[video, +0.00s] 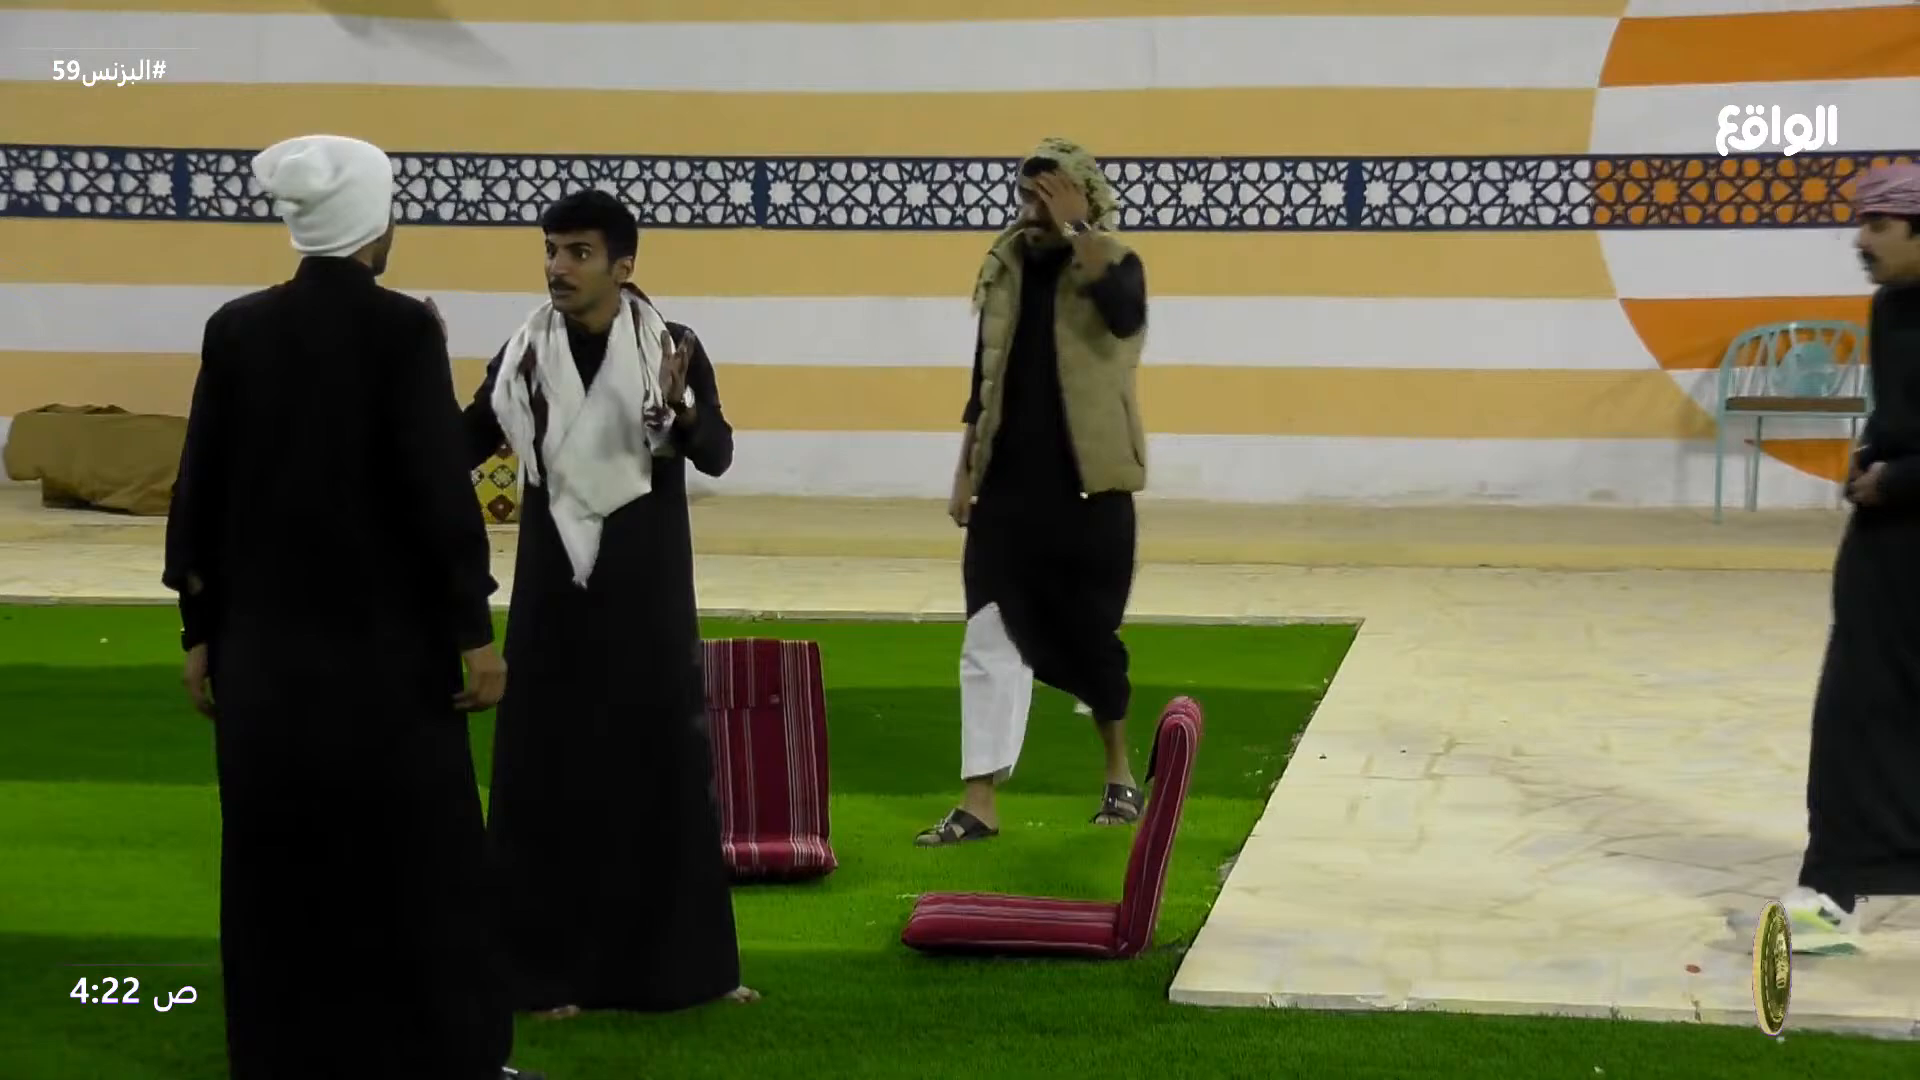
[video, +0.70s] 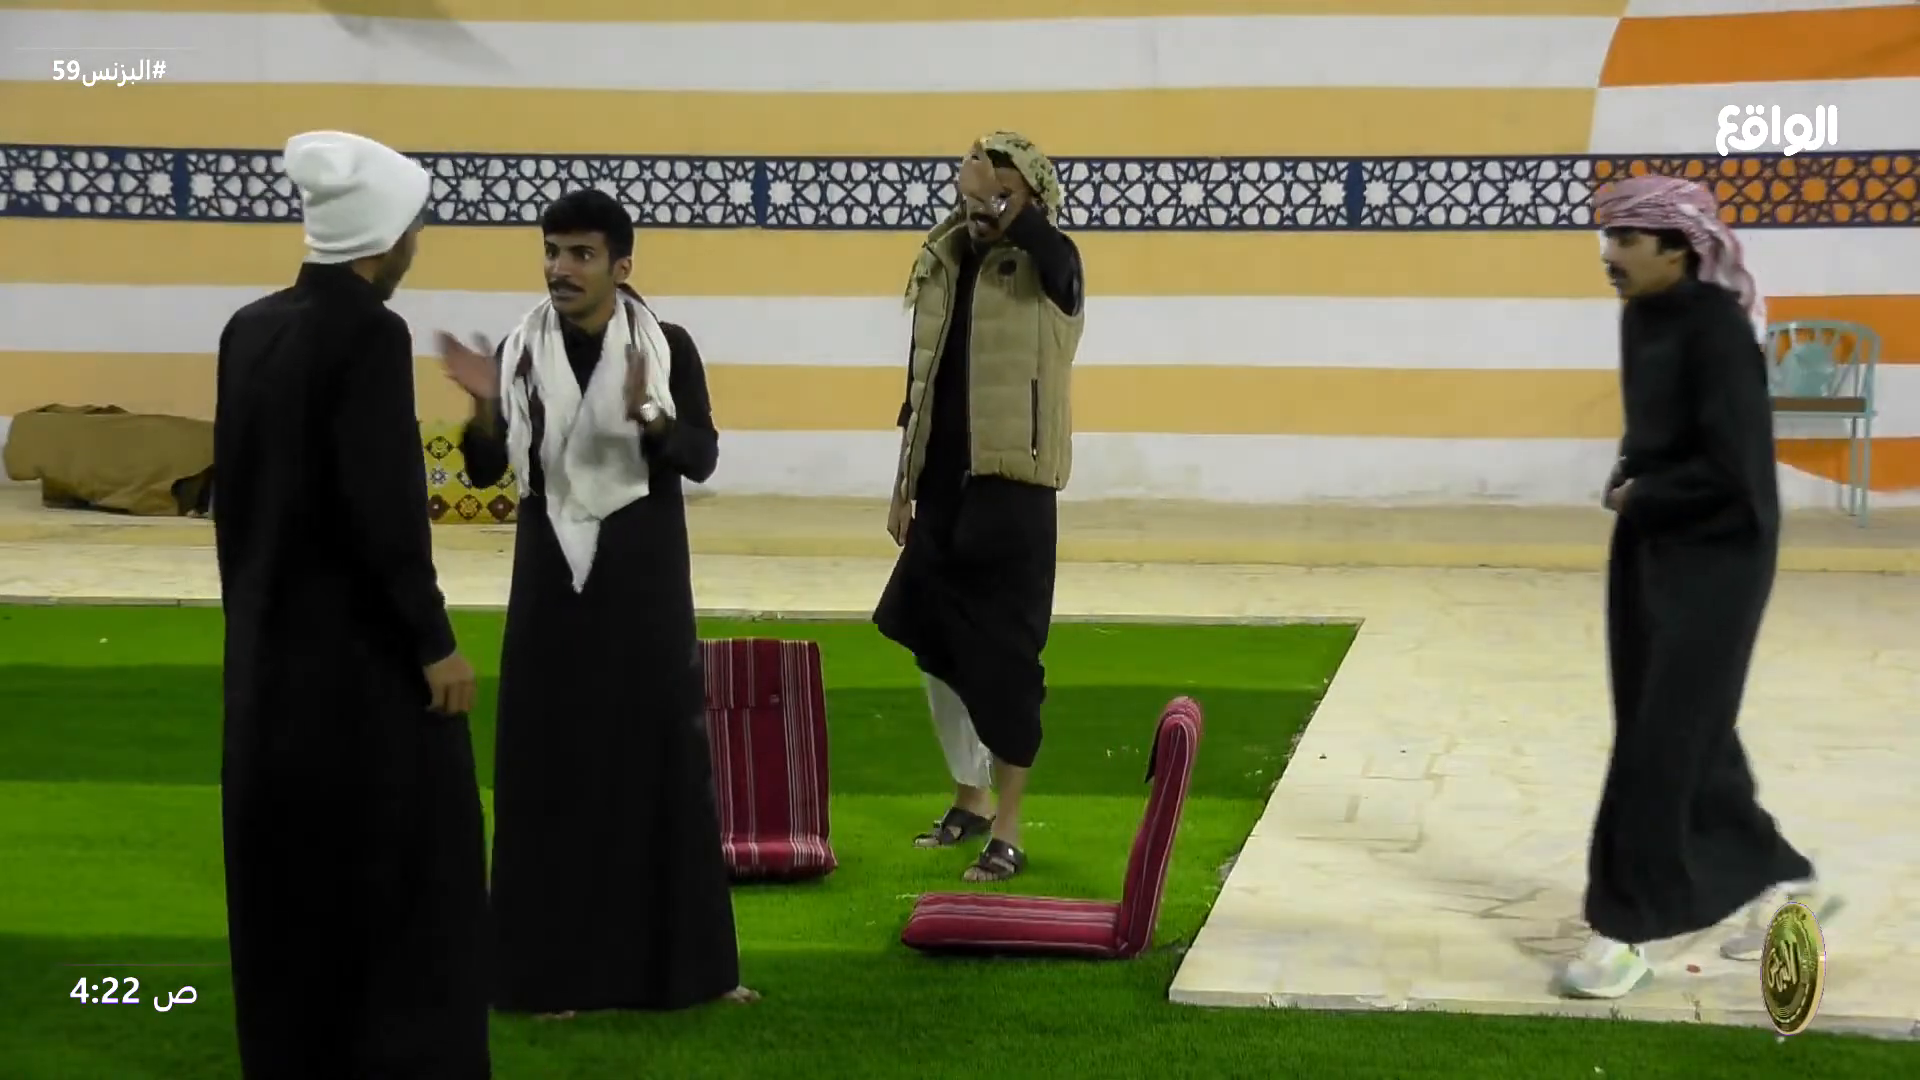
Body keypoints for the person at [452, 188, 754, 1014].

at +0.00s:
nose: (560, 267)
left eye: (579, 253)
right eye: (553, 252)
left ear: (623, 263)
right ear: (543, 260)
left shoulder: (672, 349)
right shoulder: (524, 351)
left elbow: (718, 456)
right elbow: (465, 442)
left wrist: (685, 408)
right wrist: (399, 467)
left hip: (646, 597)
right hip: (550, 595)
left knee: (666, 773)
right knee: (547, 774)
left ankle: (697, 966)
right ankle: (553, 973)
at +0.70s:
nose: (564, 268)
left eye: (582, 254)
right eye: (554, 252)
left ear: (621, 262)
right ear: (542, 258)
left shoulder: (665, 345)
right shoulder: (521, 349)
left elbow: (701, 459)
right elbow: (486, 470)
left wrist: (656, 419)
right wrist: (484, 408)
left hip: (640, 577)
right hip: (548, 573)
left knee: (658, 761)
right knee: (548, 761)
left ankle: (692, 966)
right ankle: (558, 972)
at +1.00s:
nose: (609, 267)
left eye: (627, 254)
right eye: (596, 251)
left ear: (658, 262)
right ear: (581, 257)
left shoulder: (697, 346)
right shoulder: (551, 345)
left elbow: (746, 459)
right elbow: (517, 465)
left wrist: (687, 472)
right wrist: (602, 470)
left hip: (672, 592)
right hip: (576, 590)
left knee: (680, 767)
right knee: (571, 769)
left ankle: (693, 970)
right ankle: (562, 976)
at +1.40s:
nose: (721, 273)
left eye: (739, 259)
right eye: (706, 256)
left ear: (764, 268)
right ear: (685, 261)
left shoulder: (783, 351)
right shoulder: (643, 350)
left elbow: (817, 449)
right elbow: (612, 474)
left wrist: (817, 492)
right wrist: (601, 595)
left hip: (745, 599)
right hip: (655, 599)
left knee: (743, 781)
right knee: (652, 782)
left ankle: (736, 972)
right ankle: (648, 980)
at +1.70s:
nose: (809, 309)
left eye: (820, 294)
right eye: (792, 293)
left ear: (832, 291)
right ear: (749, 284)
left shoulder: (827, 372)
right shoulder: (694, 375)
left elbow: (860, 465)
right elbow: (638, 486)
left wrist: (882, 518)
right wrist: (599, 580)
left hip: (792, 621)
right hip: (713, 621)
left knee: (763, 799)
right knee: (748, 797)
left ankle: (701, 963)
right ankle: (787, 1001)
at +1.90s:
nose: (838, 327)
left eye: (848, 311)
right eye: (820, 314)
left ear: (860, 301)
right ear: (775, 302)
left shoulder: (860, 374)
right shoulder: (726, 394)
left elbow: (886, 478)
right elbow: (678, 536)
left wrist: (913, 555)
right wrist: (686, 667)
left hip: (831, 636)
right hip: (752, 641)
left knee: (816, 813)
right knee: (786, 813)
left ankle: (719, 944)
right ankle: (795, 1020)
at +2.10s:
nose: (869, 331)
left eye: (880, 314)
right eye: (851, 316)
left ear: (892, 304)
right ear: (805, 300)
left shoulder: (888, 367)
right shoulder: (750, 389)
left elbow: (905, 493)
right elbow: (726, 527)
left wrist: (907, 586)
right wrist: (760, 634)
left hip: (879, 633)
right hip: (789, 638)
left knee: (890, 814)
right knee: (783, 825)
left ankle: (849, 992)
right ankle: (775, 1020)